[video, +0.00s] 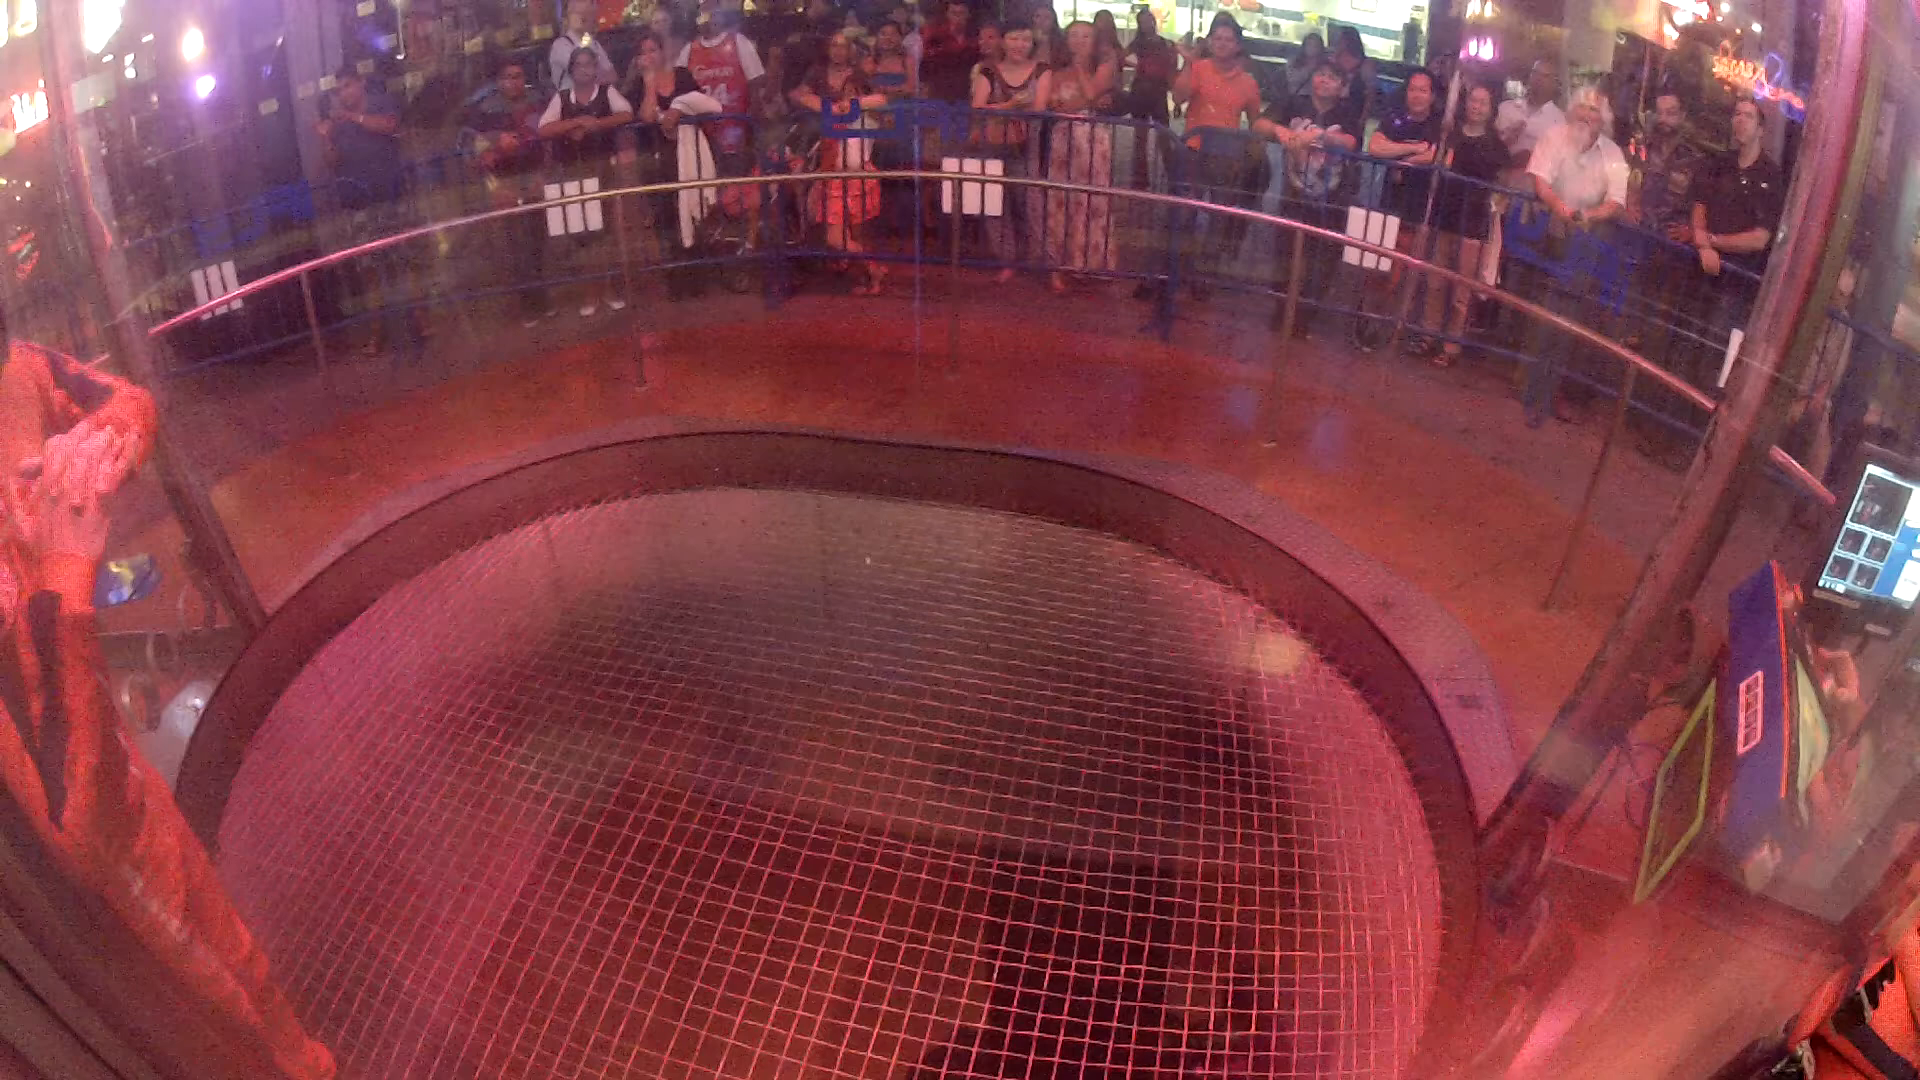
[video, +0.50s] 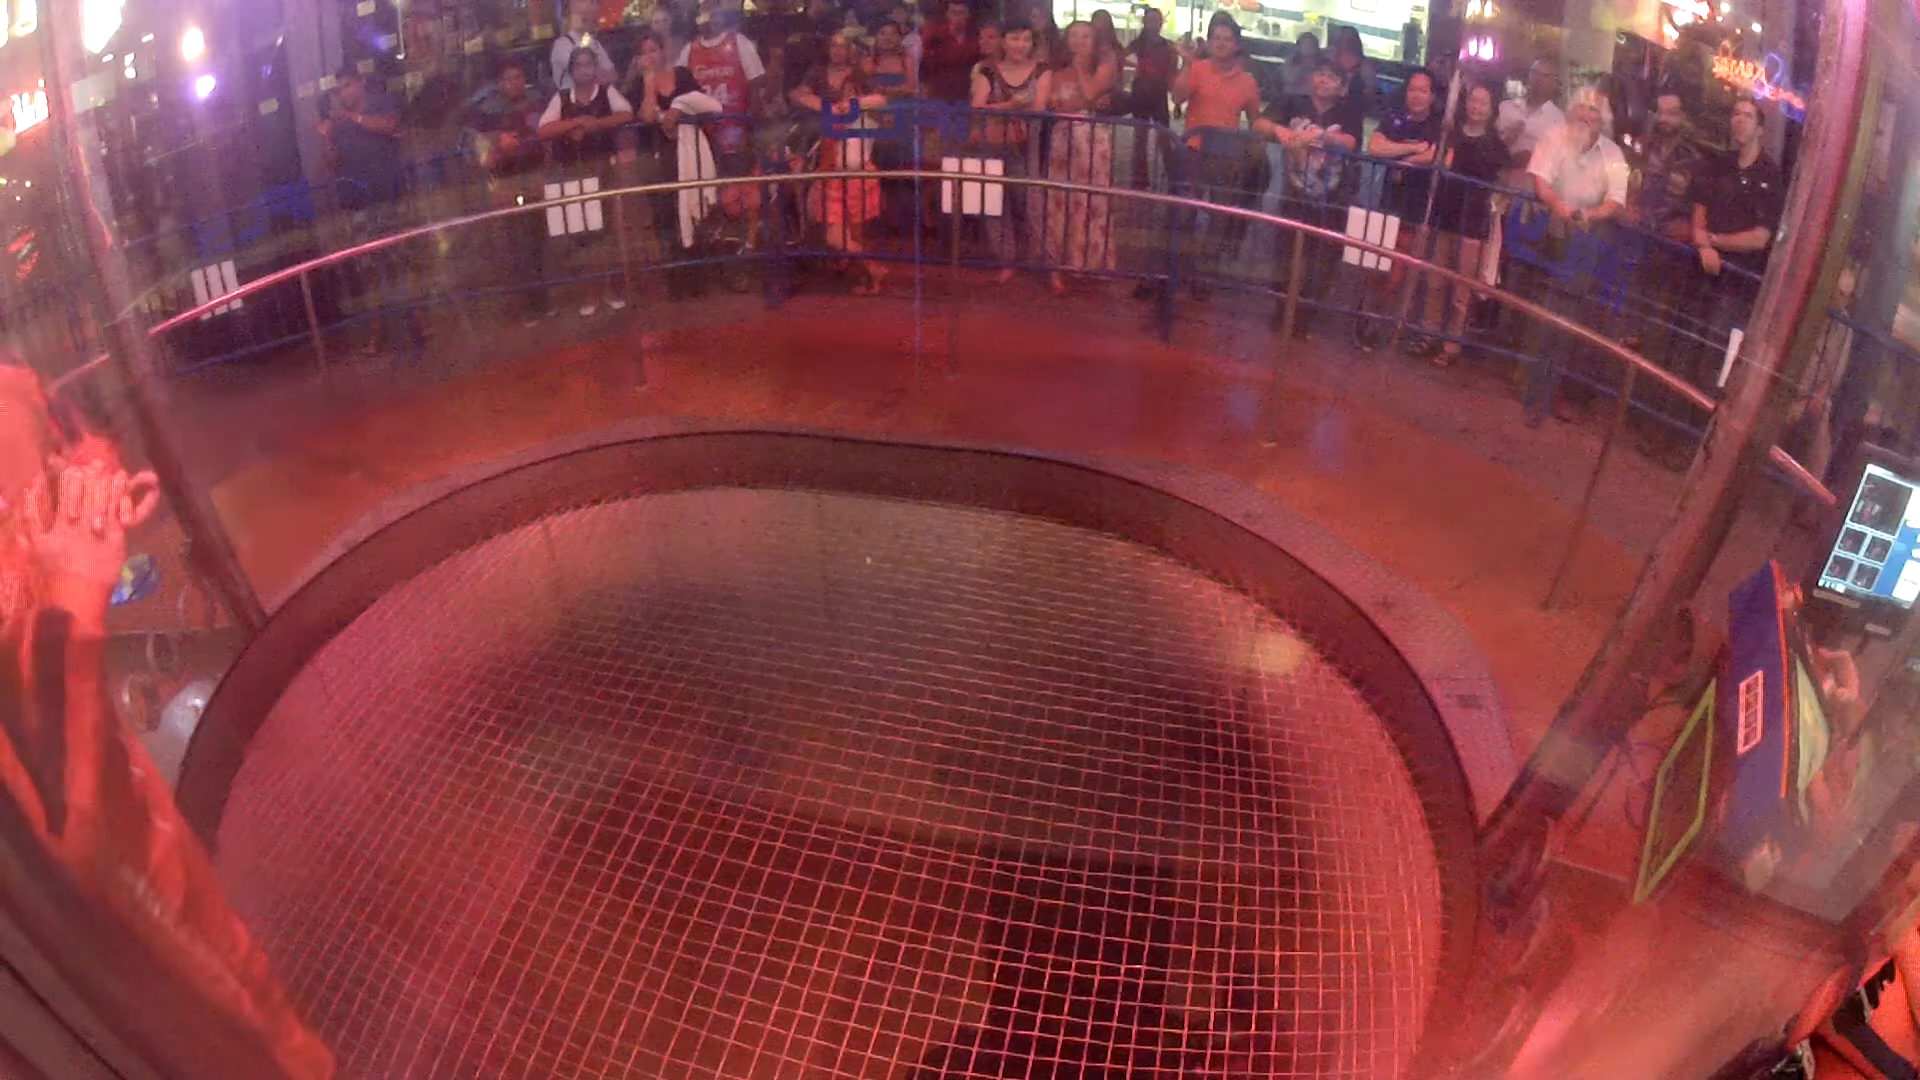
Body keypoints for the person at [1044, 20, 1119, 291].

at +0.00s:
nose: (1079, 41)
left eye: (1085, 36)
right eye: (1074, 36)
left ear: (1095, 41)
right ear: (1066, 41)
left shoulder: (1104, 67)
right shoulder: (1059, 73)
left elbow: (1092, 94)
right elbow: (1049, 105)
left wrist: (1080, 66)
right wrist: (1080, 103)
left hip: (1091, 139)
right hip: (1062, 138)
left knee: (1090, 201)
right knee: (1061, 200)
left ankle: (1089, 265)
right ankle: (1059, 265)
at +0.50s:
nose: (1079, 41)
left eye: (1085, 36)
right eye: (1074, 36)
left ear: (1095, 41)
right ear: (1067, 41)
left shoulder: (1104, 66)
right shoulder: (1059, 72)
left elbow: (1090, 94)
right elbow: (1049, 105)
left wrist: (1081, 65)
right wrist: (1082, 102)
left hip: (1091, 138)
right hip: (1062, 137)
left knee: (1089, 201)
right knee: (1060, 201)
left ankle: (1087, 265)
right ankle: (1058, 265)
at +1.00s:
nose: (1079, 42)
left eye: (1085, 37)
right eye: (1074, 37)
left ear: (1094, 41)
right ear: (1066, 42)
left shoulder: (1104, 64)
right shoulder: (1055, 73)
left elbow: (1090, 94)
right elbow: (1041, 108)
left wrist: (1081, 65)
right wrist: (1068, 107)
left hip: (1089, 138)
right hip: (1060, 137)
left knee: (1087, 201)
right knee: (1059, 200)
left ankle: (1085, 265)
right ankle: (1058, 264)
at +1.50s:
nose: (1078, 41)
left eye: (1084, 37)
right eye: (1073, 36)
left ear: (1092, 40)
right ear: (1064, 41)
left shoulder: (1103, 63)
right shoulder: (1055, 71)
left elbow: (1089, 94)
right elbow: (1041, 106)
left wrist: (1079, 62)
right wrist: (1066, 107)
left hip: (1088, 136)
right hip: (1060, 136)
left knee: (1086, 200)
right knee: (1058, 199)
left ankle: (1083, 263)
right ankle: (1058, 263)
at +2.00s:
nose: (1075, 40)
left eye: (1081, 36)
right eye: (1070, 36)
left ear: (1088, 40)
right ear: (1061, 40)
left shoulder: (1099, 66)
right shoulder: (1051, 74)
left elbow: (1090, 94)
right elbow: (1038, 108)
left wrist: (1074, 63)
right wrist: (1069, 106)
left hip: (1088, 137)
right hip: (1060, 136)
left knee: (1086, 200)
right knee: (1057, 199)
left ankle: (1084, 263)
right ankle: (1057, 264)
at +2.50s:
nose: (1067, 45)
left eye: (1072, 39)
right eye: (1063, 40)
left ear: (1082, 42)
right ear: (1055, 44)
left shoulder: (1095, 68)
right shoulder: (1051, 74)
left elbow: (1097, 98)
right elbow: (1039, 108)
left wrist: (1078, 71)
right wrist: (1061, 105)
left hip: (1089, 137)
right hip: (1059, 137)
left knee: (1088, 200)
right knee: (1059, 200)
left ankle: (1086, 263)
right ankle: (1059, 264)